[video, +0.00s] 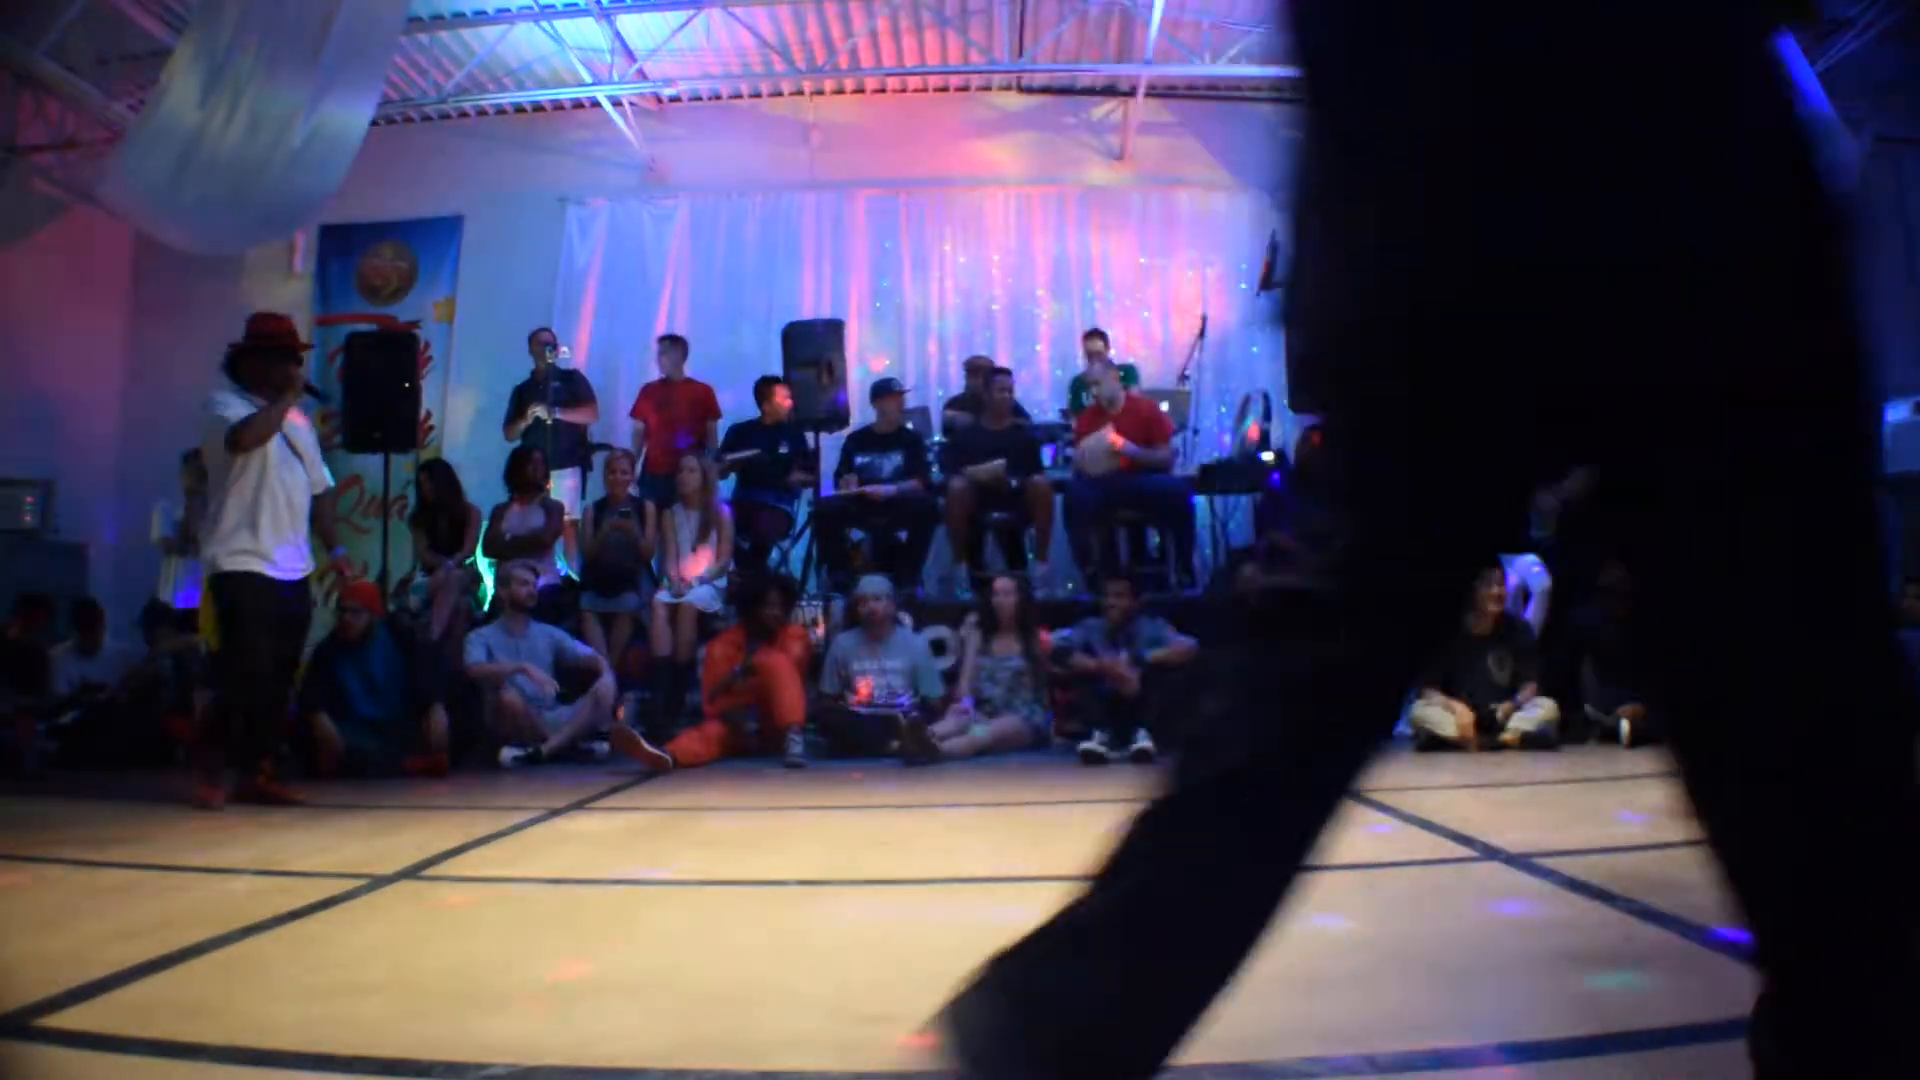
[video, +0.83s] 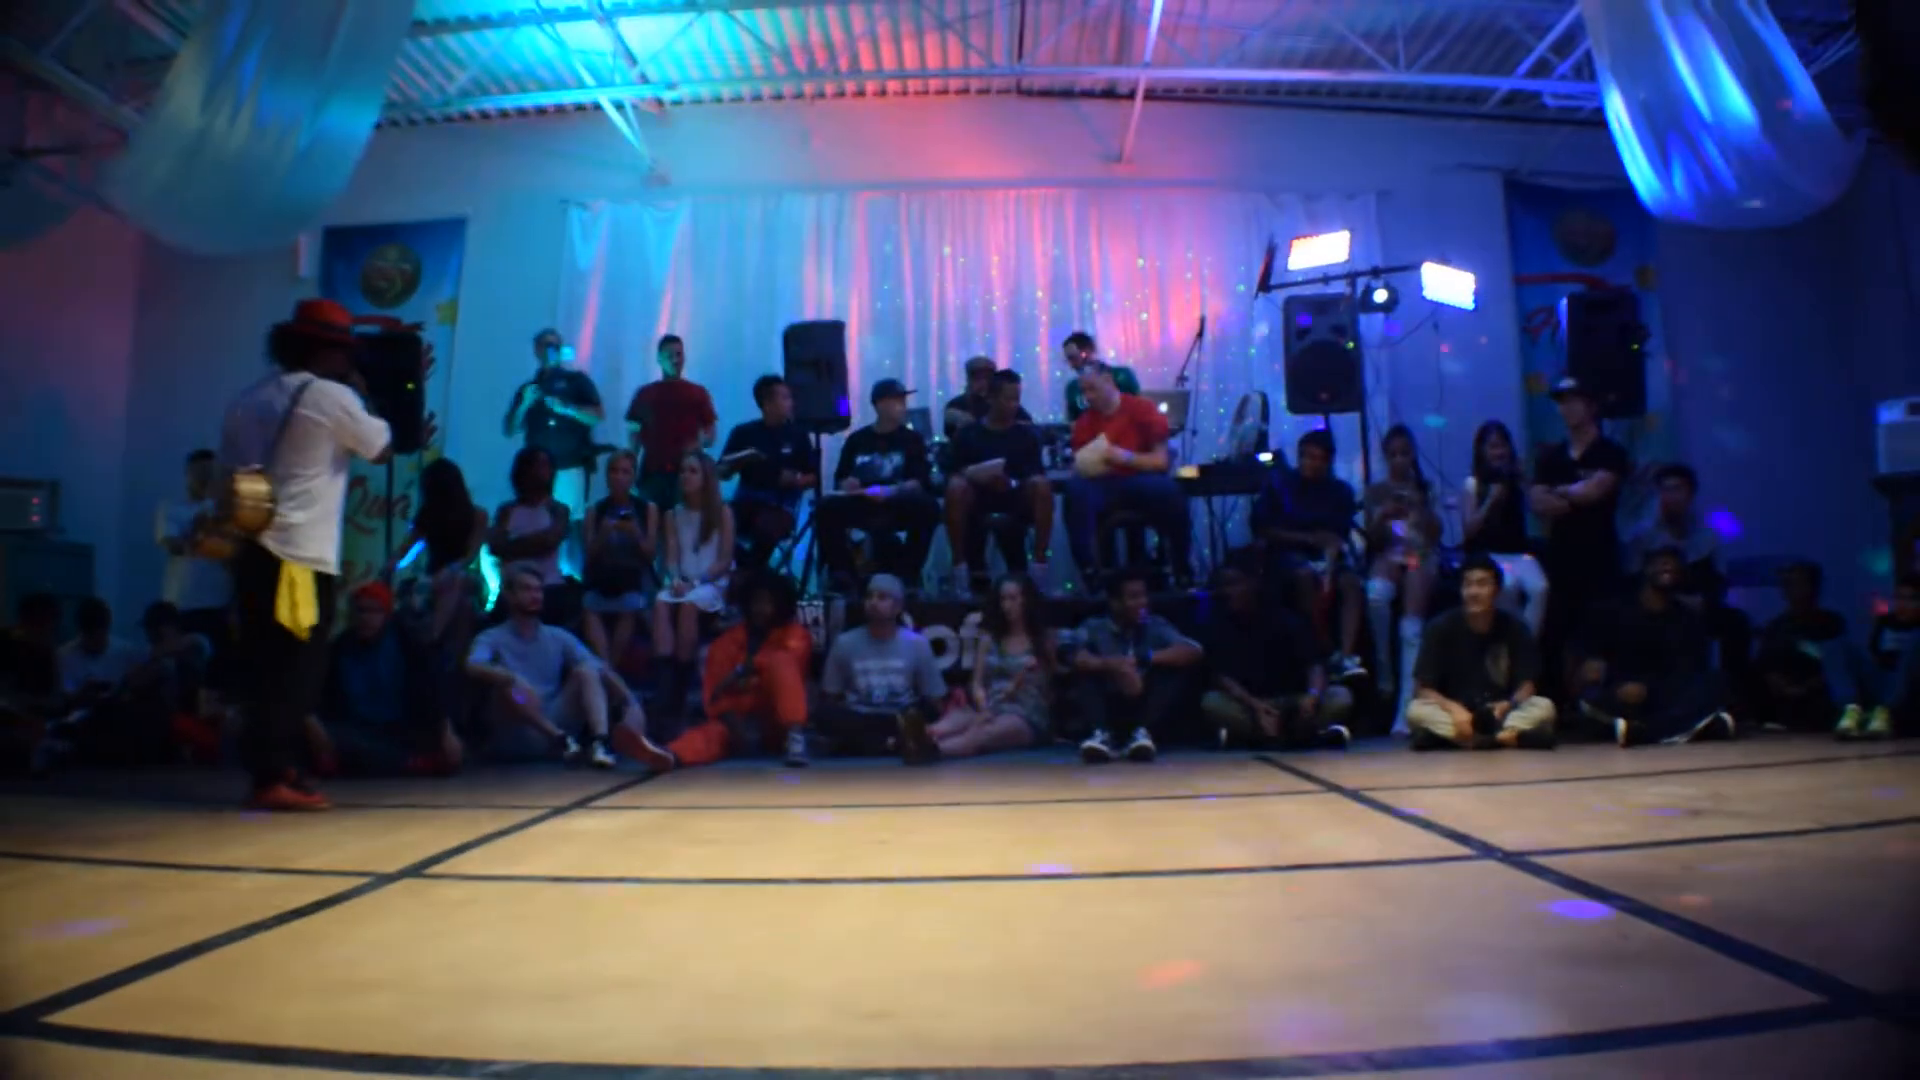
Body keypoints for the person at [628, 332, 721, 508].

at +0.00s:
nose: (660, 360)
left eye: (666, 353)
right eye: (659, 354)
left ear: (682, 355)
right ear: (658, 357)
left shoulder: (703, 392)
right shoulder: (649, 391)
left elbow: (711, 436)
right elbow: (638, 433)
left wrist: (709, 471)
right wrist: (631, 470)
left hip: (691, 477)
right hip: (655, 474)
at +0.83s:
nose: (674, 360)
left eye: (678, 355)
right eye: (668, 356)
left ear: (684, 358)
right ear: (659, 359)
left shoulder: (698, 394)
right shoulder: (645, 394)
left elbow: (709, 433)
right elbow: (633, 434)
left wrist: (692, 448)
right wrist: (630, 472)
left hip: (686, 472)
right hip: (653, 469)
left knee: (683, 528)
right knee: (650, 528)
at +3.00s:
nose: (661, 361)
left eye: (665, 356)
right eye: (659, 357)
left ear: (681, 357)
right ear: (657, 361)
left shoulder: (701, 393)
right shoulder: (648, 394)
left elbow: (713, 434)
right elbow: (638, 435)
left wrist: (717, 471)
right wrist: (631, 470)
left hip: (690, 477)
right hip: (655, 475)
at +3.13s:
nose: (664, 360)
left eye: (669, 354)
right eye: (661, 356)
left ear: (683, 356)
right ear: (657, 359)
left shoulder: (702, 393)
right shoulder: (647, 393)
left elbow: (710, 435)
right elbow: (637, 435)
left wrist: (709, 474)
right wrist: (631, 471)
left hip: (690, 478)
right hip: (654, 475)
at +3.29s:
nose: (672, 360)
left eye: (677, 354)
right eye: (666, 355)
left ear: (686, 357)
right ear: (660, 360)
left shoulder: (702, 393)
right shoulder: (647, 393)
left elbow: (709, 436)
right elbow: (637, 435)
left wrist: (709, 473)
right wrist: (631, 472)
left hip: (691, 477)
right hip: (655, 474)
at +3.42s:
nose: (674, 359)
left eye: (679, 353)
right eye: (668, 354)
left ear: (686, 358)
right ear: (661, 359)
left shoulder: (702, 393)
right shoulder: (648, 393)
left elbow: (710, 436)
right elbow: (638, 435)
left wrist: (709, 473)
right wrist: (631, 471)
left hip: (690, 476)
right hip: (655, 474)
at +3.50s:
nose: (674, 359)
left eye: (679, 353)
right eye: (668, 354)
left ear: (687, 358)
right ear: (661, 360)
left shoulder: (702, 392)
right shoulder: (647, 393)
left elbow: (710, 435)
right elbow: (637, 435)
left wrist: (711, 473)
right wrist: (631, 471)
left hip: (691, 476)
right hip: (655, 474)